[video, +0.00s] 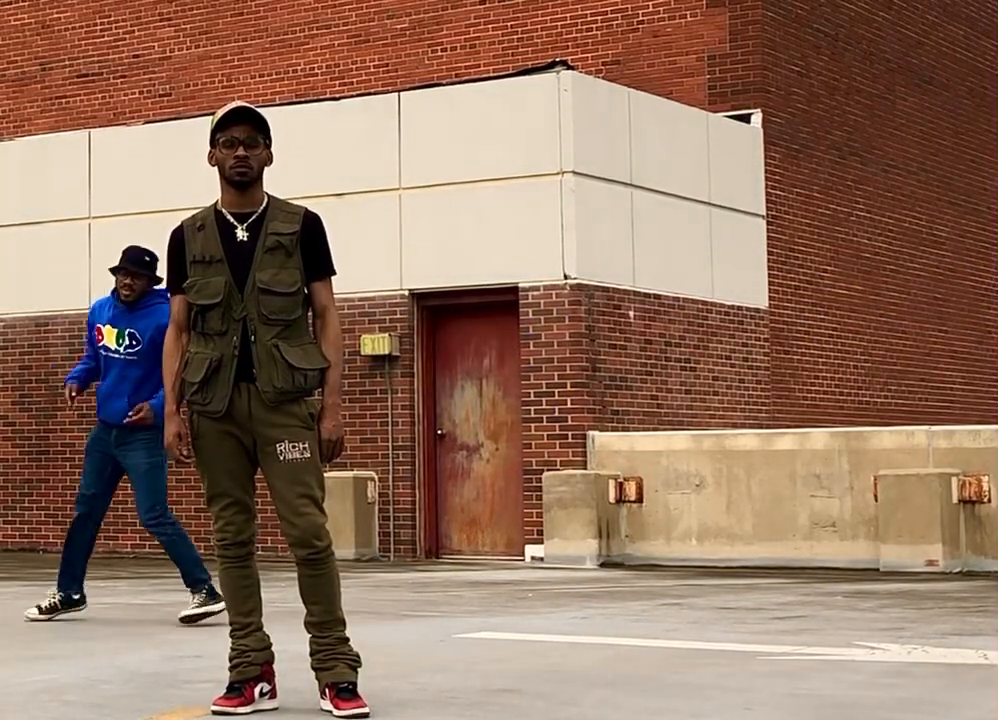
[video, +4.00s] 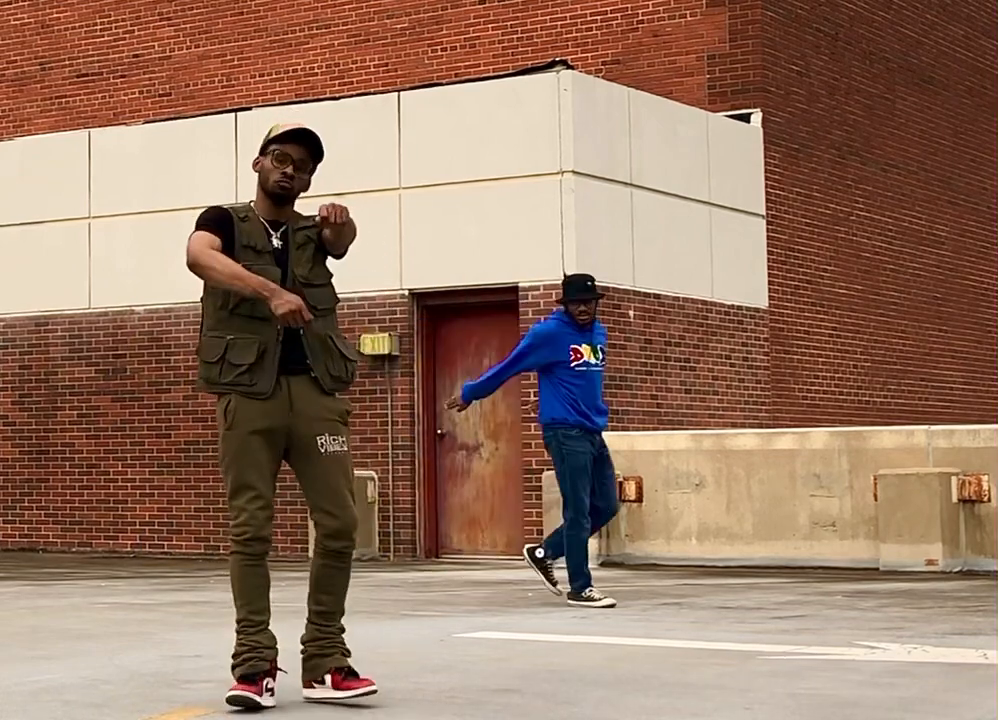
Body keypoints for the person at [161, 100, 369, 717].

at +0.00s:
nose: (241, 153)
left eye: (251, 144)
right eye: (230, 144)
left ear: (268, 154)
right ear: (212, 155)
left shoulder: (301, 224)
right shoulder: (187, 235)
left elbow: (327, 317)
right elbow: (177, 329)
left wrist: (333, 403)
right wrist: (171, 409)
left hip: (287, 403)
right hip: (212, 407)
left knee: (309, 538)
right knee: (232, 540)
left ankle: (336, 671)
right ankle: (250, 667)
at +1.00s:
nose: (242, 158)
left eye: (253, 149)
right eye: (231, 150)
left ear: (272, 158)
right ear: (215, 160)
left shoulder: (304, 227)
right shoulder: (190, 237)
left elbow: (330, 319)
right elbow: (177, 329)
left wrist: (335, 403)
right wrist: (174, 408)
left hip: (290, 403)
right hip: (214, 407)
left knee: (313, 536)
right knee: (232, 540)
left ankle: (331, 669)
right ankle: (250, 668)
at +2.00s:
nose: (291, 161)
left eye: (302, 151)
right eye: (280, 153)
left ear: (321, 162)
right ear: (264, 166)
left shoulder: (355, 236)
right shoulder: (234, 237)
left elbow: (380, 327)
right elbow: (203, 316)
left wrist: (373, 407)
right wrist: (196, 383)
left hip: (328, 411)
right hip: (250, 410)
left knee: (335, 543)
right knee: (239, 541)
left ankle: (324, 674)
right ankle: (253, 666)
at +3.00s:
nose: (284, 163)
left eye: (295, 155)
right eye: (272, 157)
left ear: (315, 168)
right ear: (260, 172)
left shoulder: (353, 238)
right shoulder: (234, 242)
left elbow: (375, 325)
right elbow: (204, 313)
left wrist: (338, 392)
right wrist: (190, 367)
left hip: (331, 413)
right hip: (251, 413)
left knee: (342, 550)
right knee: (231, 543)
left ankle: (329, 677)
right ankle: (246, 673)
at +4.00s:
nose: (289, 170)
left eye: (300, 167)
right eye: (280, 158)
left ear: (307, 181)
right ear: (257, 162)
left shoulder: (314, 231)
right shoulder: (224, 218)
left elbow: (339, 244)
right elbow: (198, 255)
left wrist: (338, 222)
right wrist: (269, 291)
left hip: (317, 394)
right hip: (248, 396)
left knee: (338, 526)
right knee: (250, 530)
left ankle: (324, 662)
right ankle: (253, 666)